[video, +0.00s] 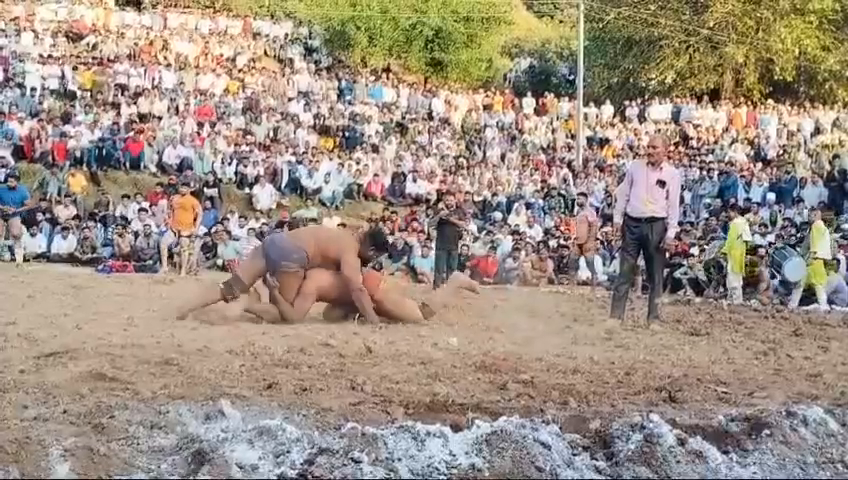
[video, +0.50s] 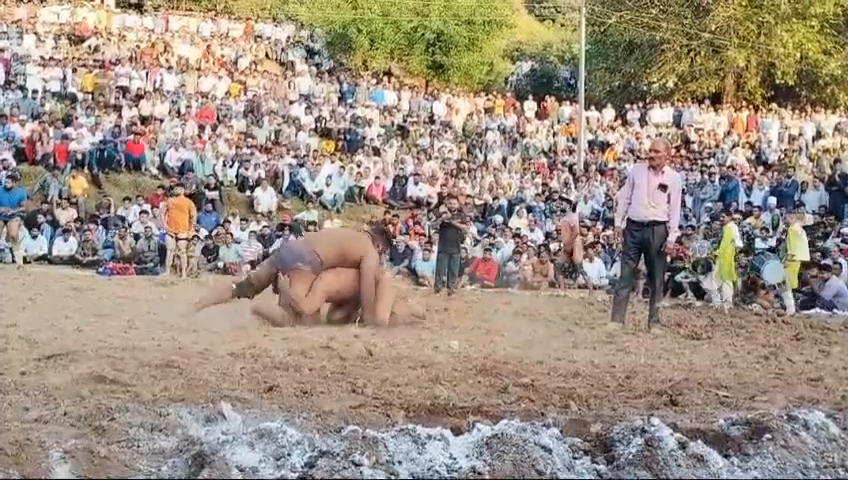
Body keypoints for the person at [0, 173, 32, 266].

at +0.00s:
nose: (10, 183)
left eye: (12, 181)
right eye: (9, 181)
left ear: (17, 181)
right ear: (7, 181)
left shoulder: (22, 190)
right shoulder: (2, 189)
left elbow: (29, 205)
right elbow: (1, 204)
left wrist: (15, 210)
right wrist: (4, 208)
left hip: (14, 215)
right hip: (3, 214)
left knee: (16, 234)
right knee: (2, 235)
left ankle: (19, 260)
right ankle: (4, 254)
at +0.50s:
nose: (7, 182)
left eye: (10, 180)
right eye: (6, 180)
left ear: (15, 182)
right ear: (5, 180)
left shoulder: (21, 191)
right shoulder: (2, 190)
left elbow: (24, 207)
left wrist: (12, 211)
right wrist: (3, 210)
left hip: (14, 214)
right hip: (3, 214)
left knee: (12, 234)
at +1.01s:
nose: (0, 177)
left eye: (1, 175)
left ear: (6, 174)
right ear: (2, 176)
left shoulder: (19, 181)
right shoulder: (2, 189)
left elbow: (29, 191)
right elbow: (3, 201)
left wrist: (16, 200)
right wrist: (8, 204)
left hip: (28, 209)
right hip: (15, 210)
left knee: (27, 231)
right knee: (9, 230)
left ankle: (24, 255)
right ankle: (5, 251)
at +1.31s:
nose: (6, 172)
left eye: (8, 170)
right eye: (4, 170)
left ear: (13, 169)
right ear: (3, 172)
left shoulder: (23, 177)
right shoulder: (5, 184)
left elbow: (33, 188)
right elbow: (2, 197)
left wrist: (18, 193)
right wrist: (8, 196)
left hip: (27, 207)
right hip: (14, 208)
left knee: (27, 230)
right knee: (9, 230)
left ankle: (25, 256)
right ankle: (3, 254)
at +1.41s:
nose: (9, 171)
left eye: (11, 168)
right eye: (8, 168)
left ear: (16, 168)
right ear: (6, 170)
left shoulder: (26, 179)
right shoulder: (6, 183)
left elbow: (35, 190)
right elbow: (1, 196)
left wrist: (20, 193)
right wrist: (8, 195)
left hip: (26, 206)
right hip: (12, 206)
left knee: (26, 230)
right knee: (8, 229)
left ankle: (25, 255)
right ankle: (4, 254)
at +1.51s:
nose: (11, 170)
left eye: (14, 167)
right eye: (10, 167)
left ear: (19, 168)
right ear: (7, 168)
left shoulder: (27, 180)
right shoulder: (5, 181)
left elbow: (33, 192)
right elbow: (2, 194)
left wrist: (20, 193)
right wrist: (8, 194)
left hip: (23, 206)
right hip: (8, 206)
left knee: (25, 231)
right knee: (6, 230)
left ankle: (25, 255)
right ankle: (3, 254)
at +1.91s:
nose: (18, 171)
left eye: (21, 169)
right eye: (16, 169)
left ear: (24, 171)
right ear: (13, 169)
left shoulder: (27, 182)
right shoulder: (5, 180)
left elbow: (31, 196)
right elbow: (1, 192)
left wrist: (23, 199)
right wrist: (12, 198)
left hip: (19, 207)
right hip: (6, 206)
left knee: (23, 229)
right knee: (3, 227)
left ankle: (25, 255)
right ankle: (3, 253)